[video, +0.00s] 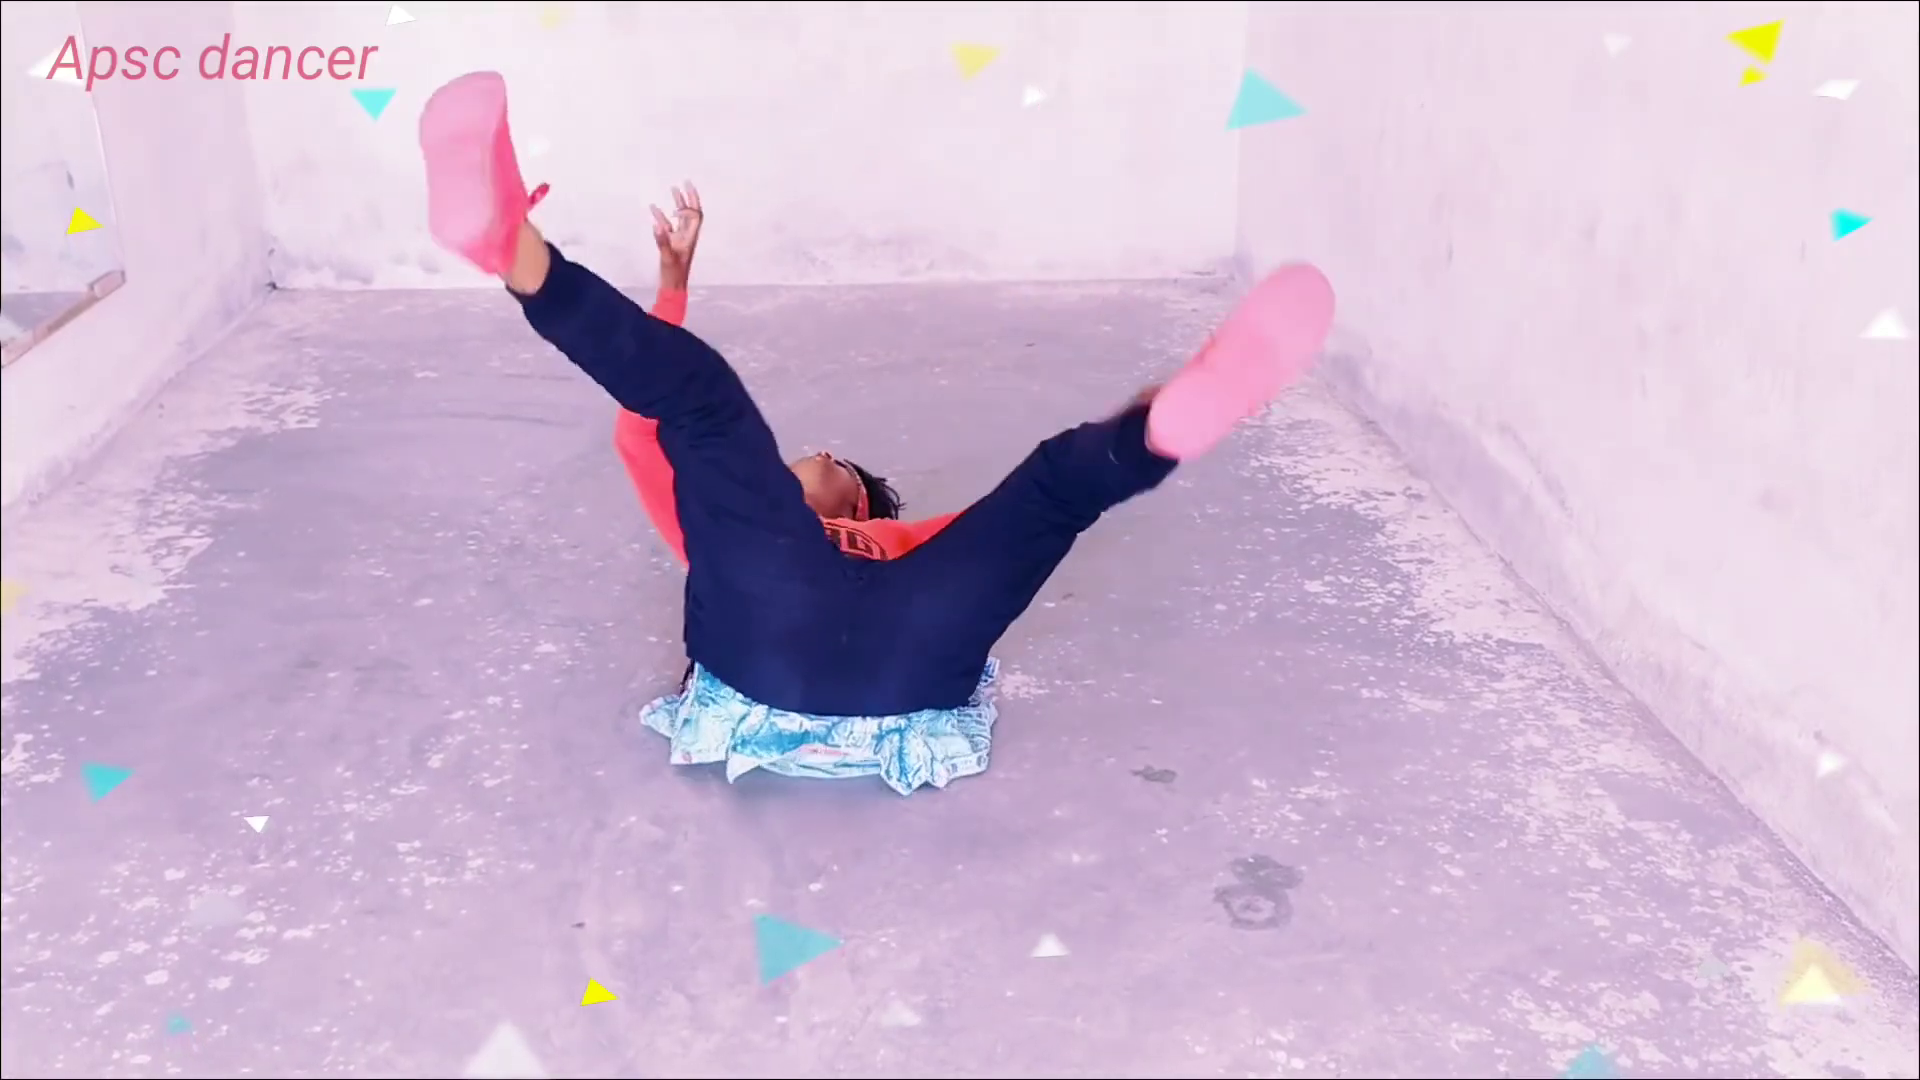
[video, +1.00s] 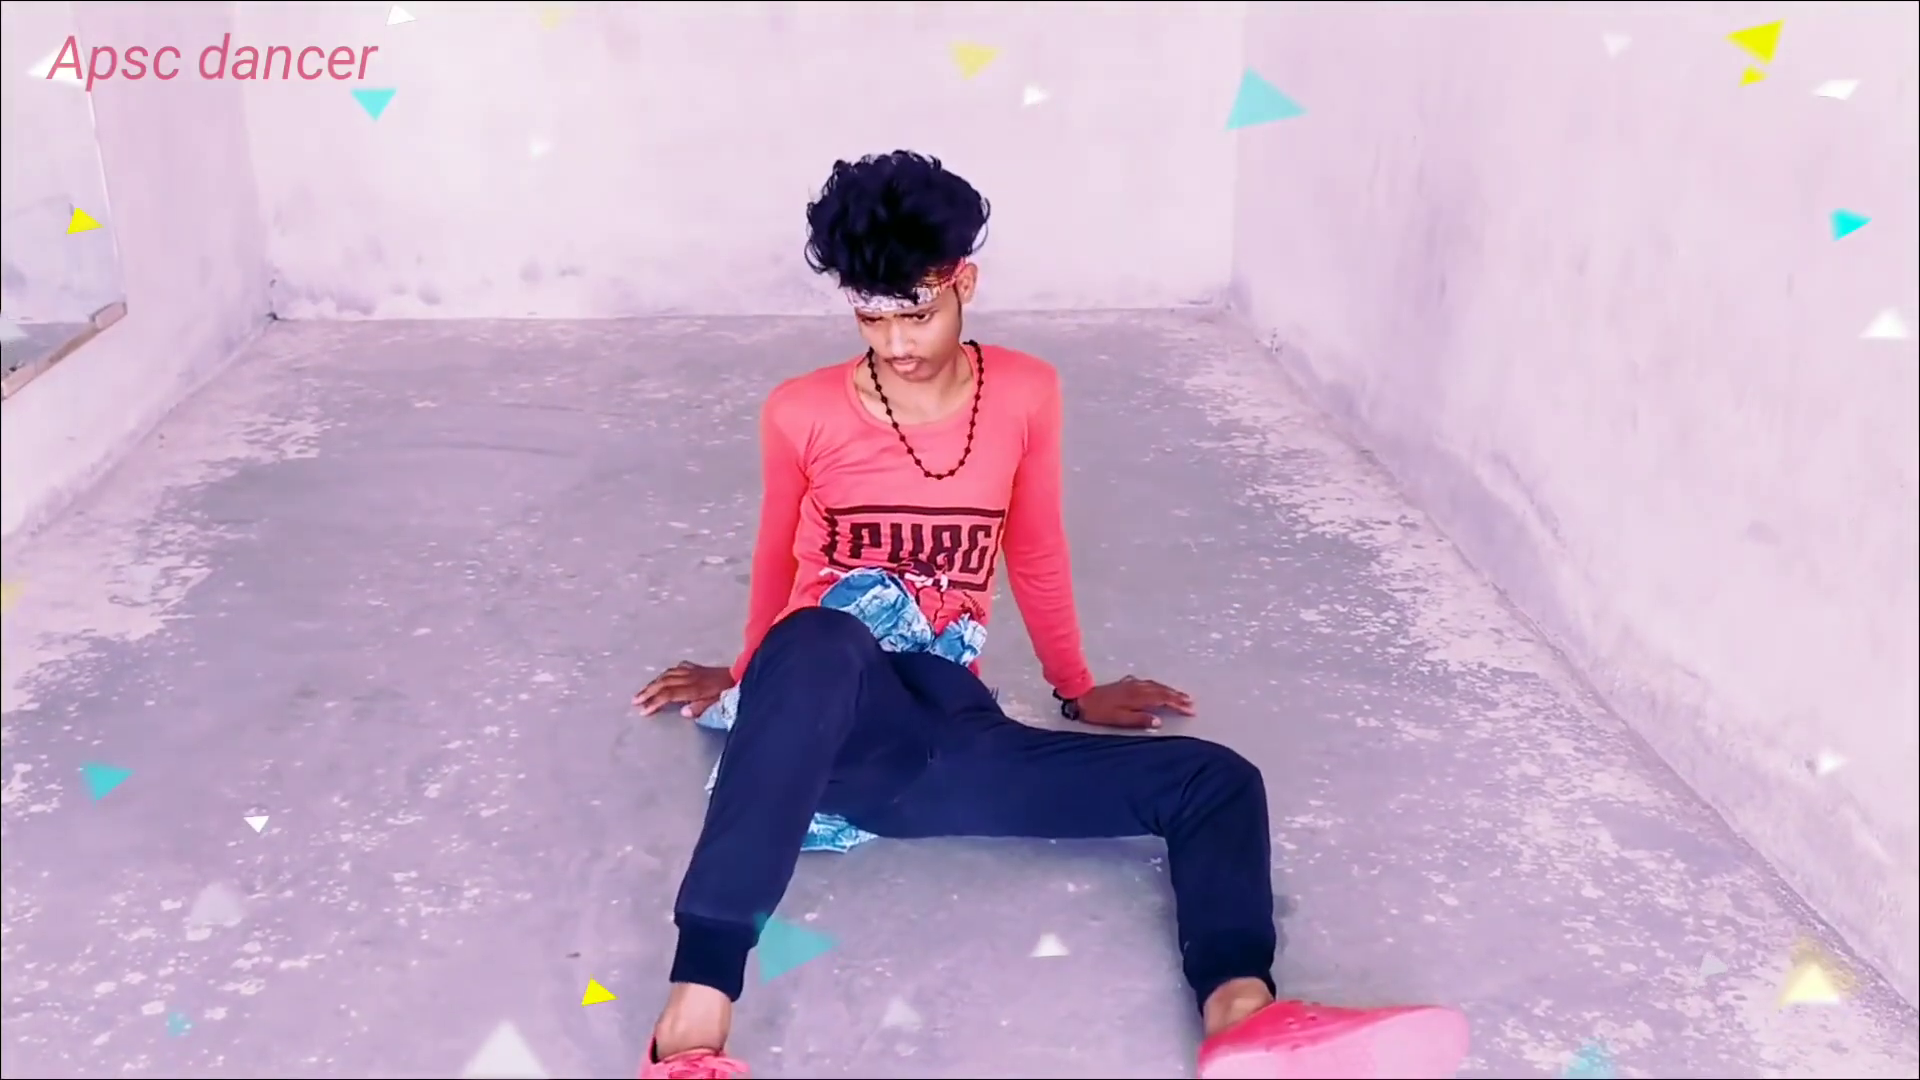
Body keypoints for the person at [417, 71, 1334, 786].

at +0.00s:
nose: (800, 464)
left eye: (821, 467)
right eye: (797, 469)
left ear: (863, 501)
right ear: (778, 489)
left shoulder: (901, 540)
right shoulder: (735, 531)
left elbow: (1007, 527)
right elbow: (651, 435)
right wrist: (675, 289)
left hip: (904, 671)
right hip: (758, 656)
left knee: (1050, 487)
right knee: (702, 402)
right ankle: (509, 247)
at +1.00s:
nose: (892, 337)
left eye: (913, 307)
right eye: (869, 310)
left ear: (964, 281)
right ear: (846, 296)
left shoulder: (1023, 394)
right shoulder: (800, 413)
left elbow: (1037, 558)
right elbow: (776, 563)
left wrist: (1078, 694)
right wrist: (740, 683)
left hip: (958, 741)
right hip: (829, 724)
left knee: (1213, 778)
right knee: (825, 632)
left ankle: (1240, 1016)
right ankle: (692, 1025)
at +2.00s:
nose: (1112, 197)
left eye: (1129, 176)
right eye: (1130, 171)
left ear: (1061, 105)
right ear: (1110, 134)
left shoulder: (959, 211)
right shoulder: (940, 171)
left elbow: (909, 408)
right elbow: (825, 377)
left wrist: (929, 580)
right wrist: (882, 602)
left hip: (758, 470)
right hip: (662, 493)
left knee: (1010, 561)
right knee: (923, 732)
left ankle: (951, 890)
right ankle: (681, 964)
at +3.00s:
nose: (608, 201)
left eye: (608, 189)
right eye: (621, 190)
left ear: (613, 197)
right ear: (695, 203)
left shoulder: (571, 295)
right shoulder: (728, 311)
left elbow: (541, 442)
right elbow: (757, 476)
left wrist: (521, 576)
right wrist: (791, 601)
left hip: (606, 574)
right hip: (706, 565)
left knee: (605, 786)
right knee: (711, 761)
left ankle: (710, 944)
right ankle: (759, 949)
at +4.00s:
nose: (474, 162)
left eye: (487, 154)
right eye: (480, 148)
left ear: (526, 173)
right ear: (522, 168)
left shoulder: (552, 251)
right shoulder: (522, 218)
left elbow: (597, 369)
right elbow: (493, 91)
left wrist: (583, 476)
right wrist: (463, 8)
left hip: (561, 468)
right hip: (547, 459)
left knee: (537, 637)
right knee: (556, 630)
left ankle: (563, 818)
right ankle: (598, 787)